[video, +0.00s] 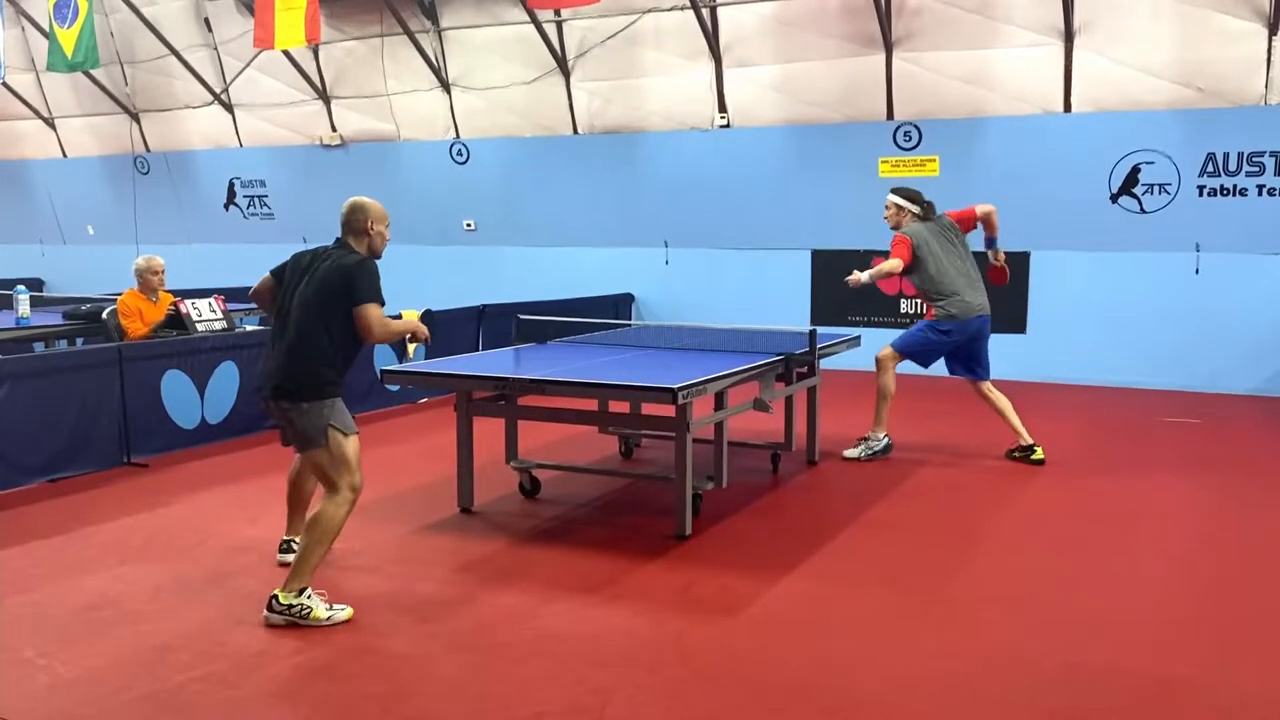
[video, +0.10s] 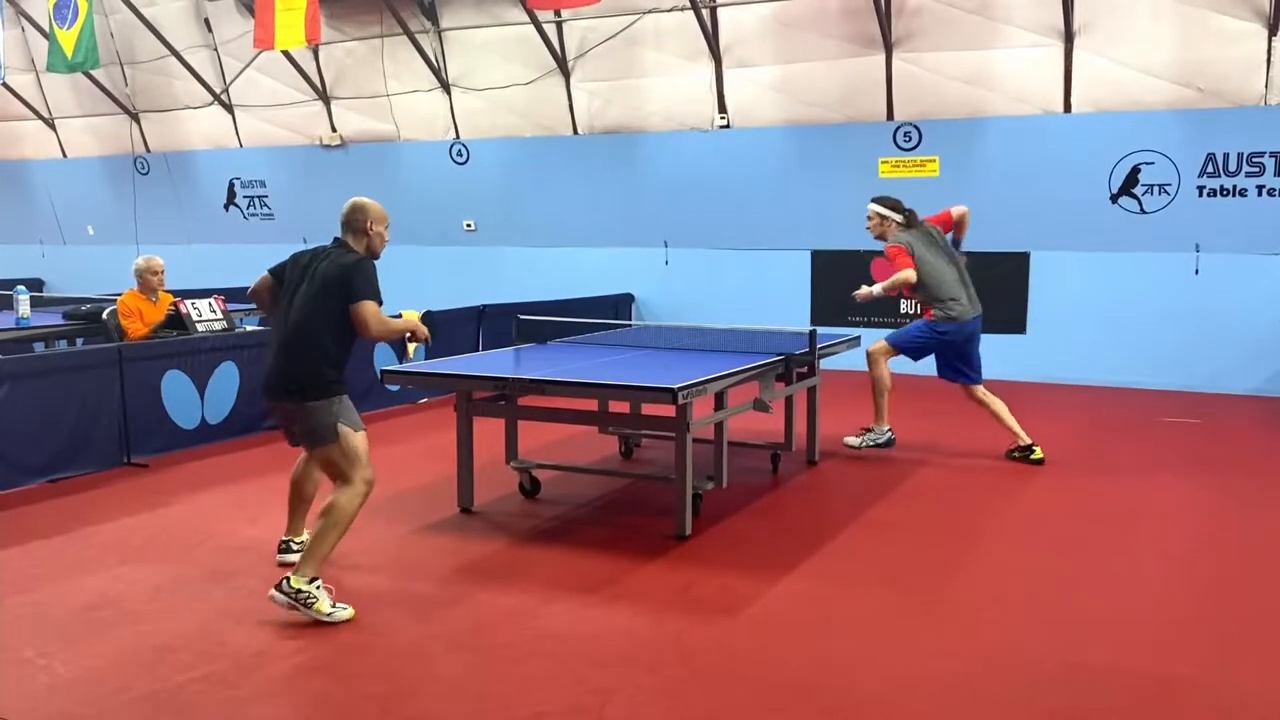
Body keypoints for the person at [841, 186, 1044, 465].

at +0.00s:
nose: (885, 213)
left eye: (889, 208)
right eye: (886, 208)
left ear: (906, 211)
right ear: (914, 212)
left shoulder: (905, 235)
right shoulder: (947, 221)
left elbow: (895, 266)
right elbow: (988, 211)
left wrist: (864, 276)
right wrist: (994, 249)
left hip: (951, 317)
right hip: (979, 314)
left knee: (886, 358)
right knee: (983, 384)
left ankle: (877, 437)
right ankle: (1027, 443)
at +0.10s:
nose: (867, 224)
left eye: (871, 219)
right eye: (868, 219)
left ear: (888, 221)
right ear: (895, 220)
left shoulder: (895, 244)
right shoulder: (928, 227)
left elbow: (908, 276)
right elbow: (961, 211)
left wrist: (876, 290)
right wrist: (955, 251)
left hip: (947, 319)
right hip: (971, 317)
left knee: (877, 353)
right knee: (975, 389)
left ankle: (881, 430)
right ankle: (1026, 443)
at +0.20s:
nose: (848, 236)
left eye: (852, 230)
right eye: (848, 230)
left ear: (870, 232)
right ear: (872, 232)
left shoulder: (885, 257)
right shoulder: (904, 246)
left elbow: (917, 288)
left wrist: (882, 310)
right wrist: (886, 297)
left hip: (936, 327)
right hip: (955, 324)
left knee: (873, 368)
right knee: (967, 394)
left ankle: (872, 443)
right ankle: (1025, 442)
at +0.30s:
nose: (845, 252)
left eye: (851, 244)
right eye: (842, 245)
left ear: (864, 244)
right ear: (839, 247)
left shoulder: (880, 273)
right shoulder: (856, 279)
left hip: (924, 324)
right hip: (931, 325)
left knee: (869, 364)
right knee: (939, 401)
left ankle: (873, 439)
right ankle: (1008, 423)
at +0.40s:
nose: (828, 250)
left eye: (833, 244)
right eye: (825, 245)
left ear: (849, 246)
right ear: (825, 248)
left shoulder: (875, 272)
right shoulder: (838, 278)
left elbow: (917, 293)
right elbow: (833, 301)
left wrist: (898, 327)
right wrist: (808, 308)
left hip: (916, 328)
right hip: (898, 332)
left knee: (872, 367)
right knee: (901, 402)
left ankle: (873, 442)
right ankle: (968, 405)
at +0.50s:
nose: (824, 244)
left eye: (830, 238)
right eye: (821, 239)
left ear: (845, 240)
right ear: (820, 242)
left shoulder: (871, 269)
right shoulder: (829, 272)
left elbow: (909, 294)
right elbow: (829, 299)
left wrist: (897, 329)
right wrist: (804, 311)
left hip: (900, 327)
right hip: (873, 332)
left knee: (870, 363)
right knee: (854, 391)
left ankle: (873, 441)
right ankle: (916, 399)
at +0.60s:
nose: (822, 235)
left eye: (828, 229)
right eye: (819, 230)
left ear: (843, 232)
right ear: (817, 234)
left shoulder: (866, 262)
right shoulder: (821, 267)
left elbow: (904, 285)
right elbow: (818, 299)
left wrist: (903, 321)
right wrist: (794, 311)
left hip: (883, 327)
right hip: (855, 331)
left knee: (862, 361)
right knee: (823, 374)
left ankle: (872, 439)